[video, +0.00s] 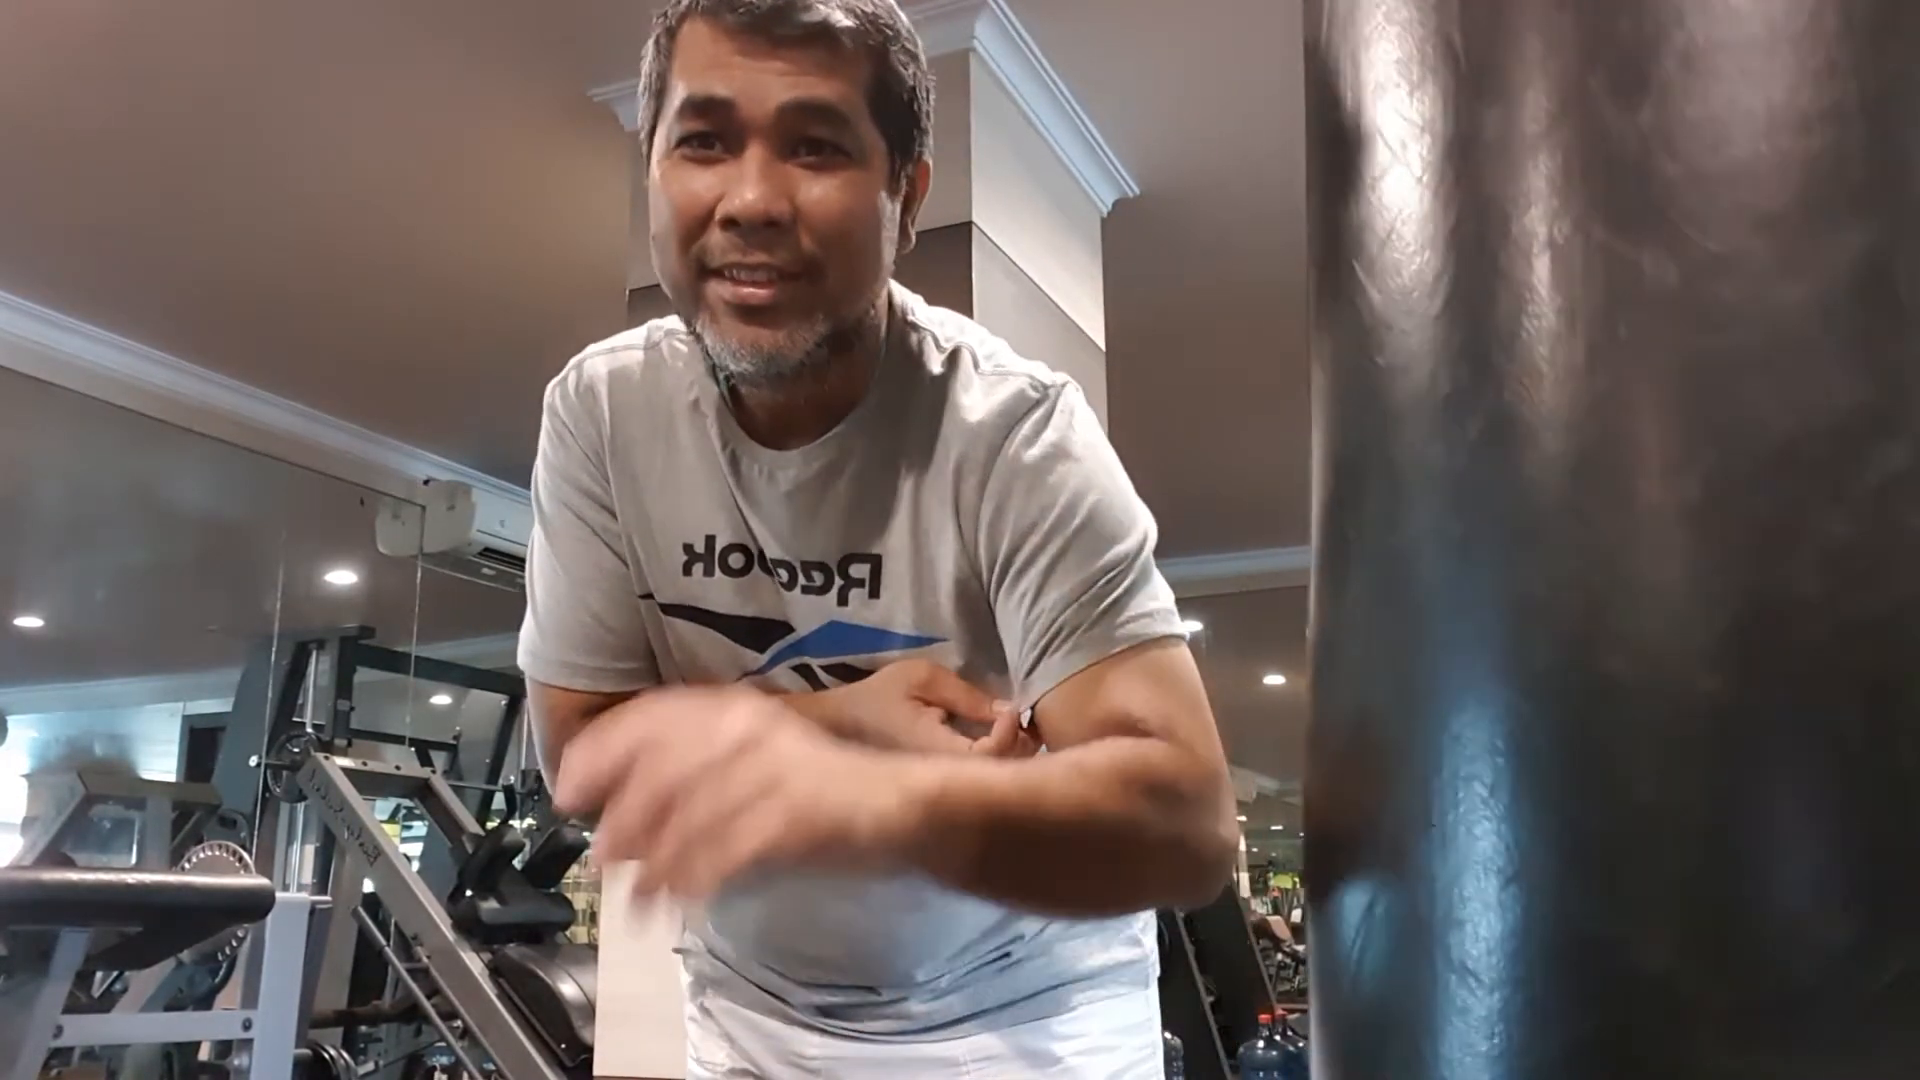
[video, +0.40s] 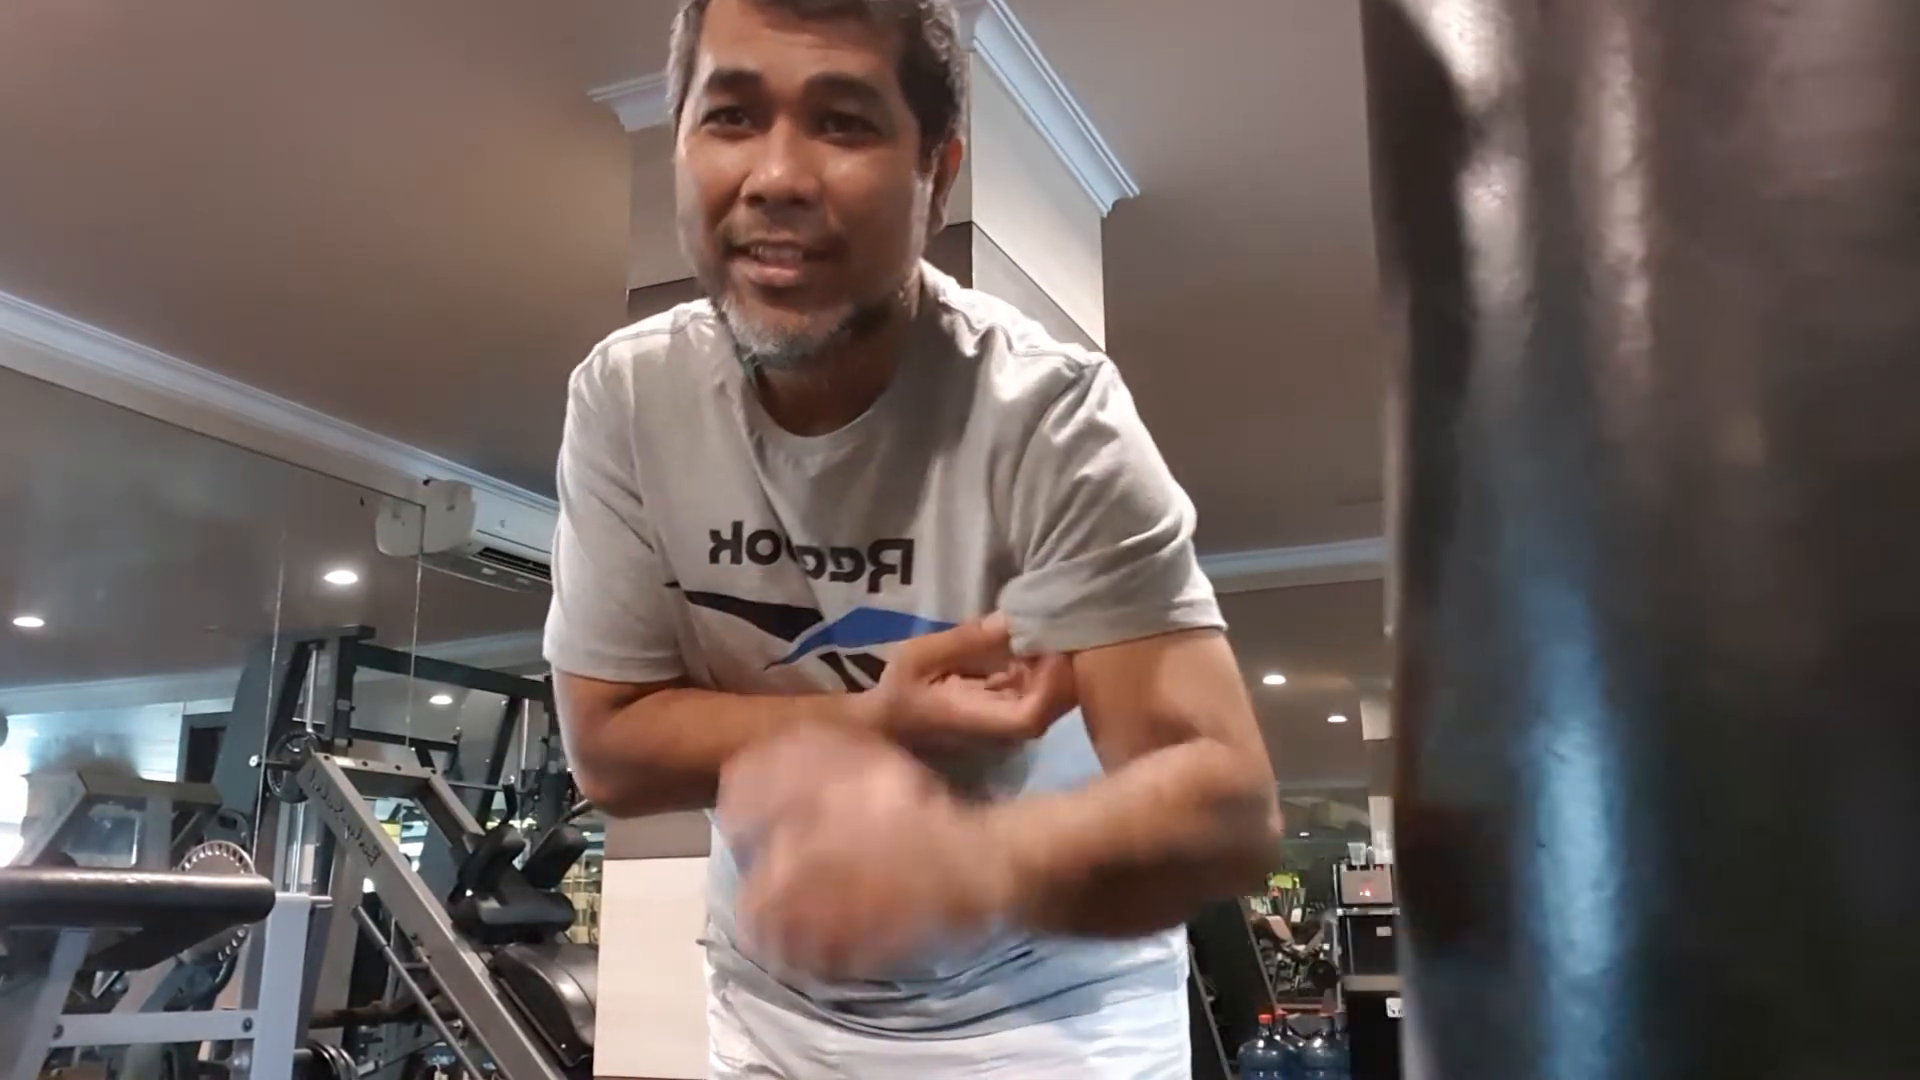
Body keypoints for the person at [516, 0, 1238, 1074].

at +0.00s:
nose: (752, 202)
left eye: (816, 150)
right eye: (705, 142)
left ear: (907, 197)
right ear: (651, 173)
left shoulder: (1014, 430)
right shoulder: (603, 411)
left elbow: (1189, 820)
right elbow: (582, 744)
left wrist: (882, 799)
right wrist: (837, 722)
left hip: (1026, 1015)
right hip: (746, 1008)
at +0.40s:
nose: (776, 180)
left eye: (842, 124)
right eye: (733, 118)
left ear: (937, 174)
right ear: (680, 146)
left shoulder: (1050, 410)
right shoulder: (627, 396)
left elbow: (1228, 798)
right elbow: (610, 749)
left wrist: (975, 860)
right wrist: (874, 720)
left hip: (1052, 1014)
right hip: (772, 1008)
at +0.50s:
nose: (796, 165)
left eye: (863, 112)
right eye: (753, 103)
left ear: (957, 161)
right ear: (698, 133)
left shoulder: (1069, 409)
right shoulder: (643, 388)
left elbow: (1245, 803)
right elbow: (624, 742)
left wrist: (990, 1004)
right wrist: (892, 719)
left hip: (1075, 1015)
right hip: (785, 1017)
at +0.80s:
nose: (871, 123)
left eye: (945, 69)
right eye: (824, 57)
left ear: (1035, 130)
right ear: (762, 95)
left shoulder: (1146, 404)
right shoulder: (692, 356)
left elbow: (1209, 877)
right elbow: (664, 716)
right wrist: (936, 740)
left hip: (1082, 1020)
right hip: (824, 1007)